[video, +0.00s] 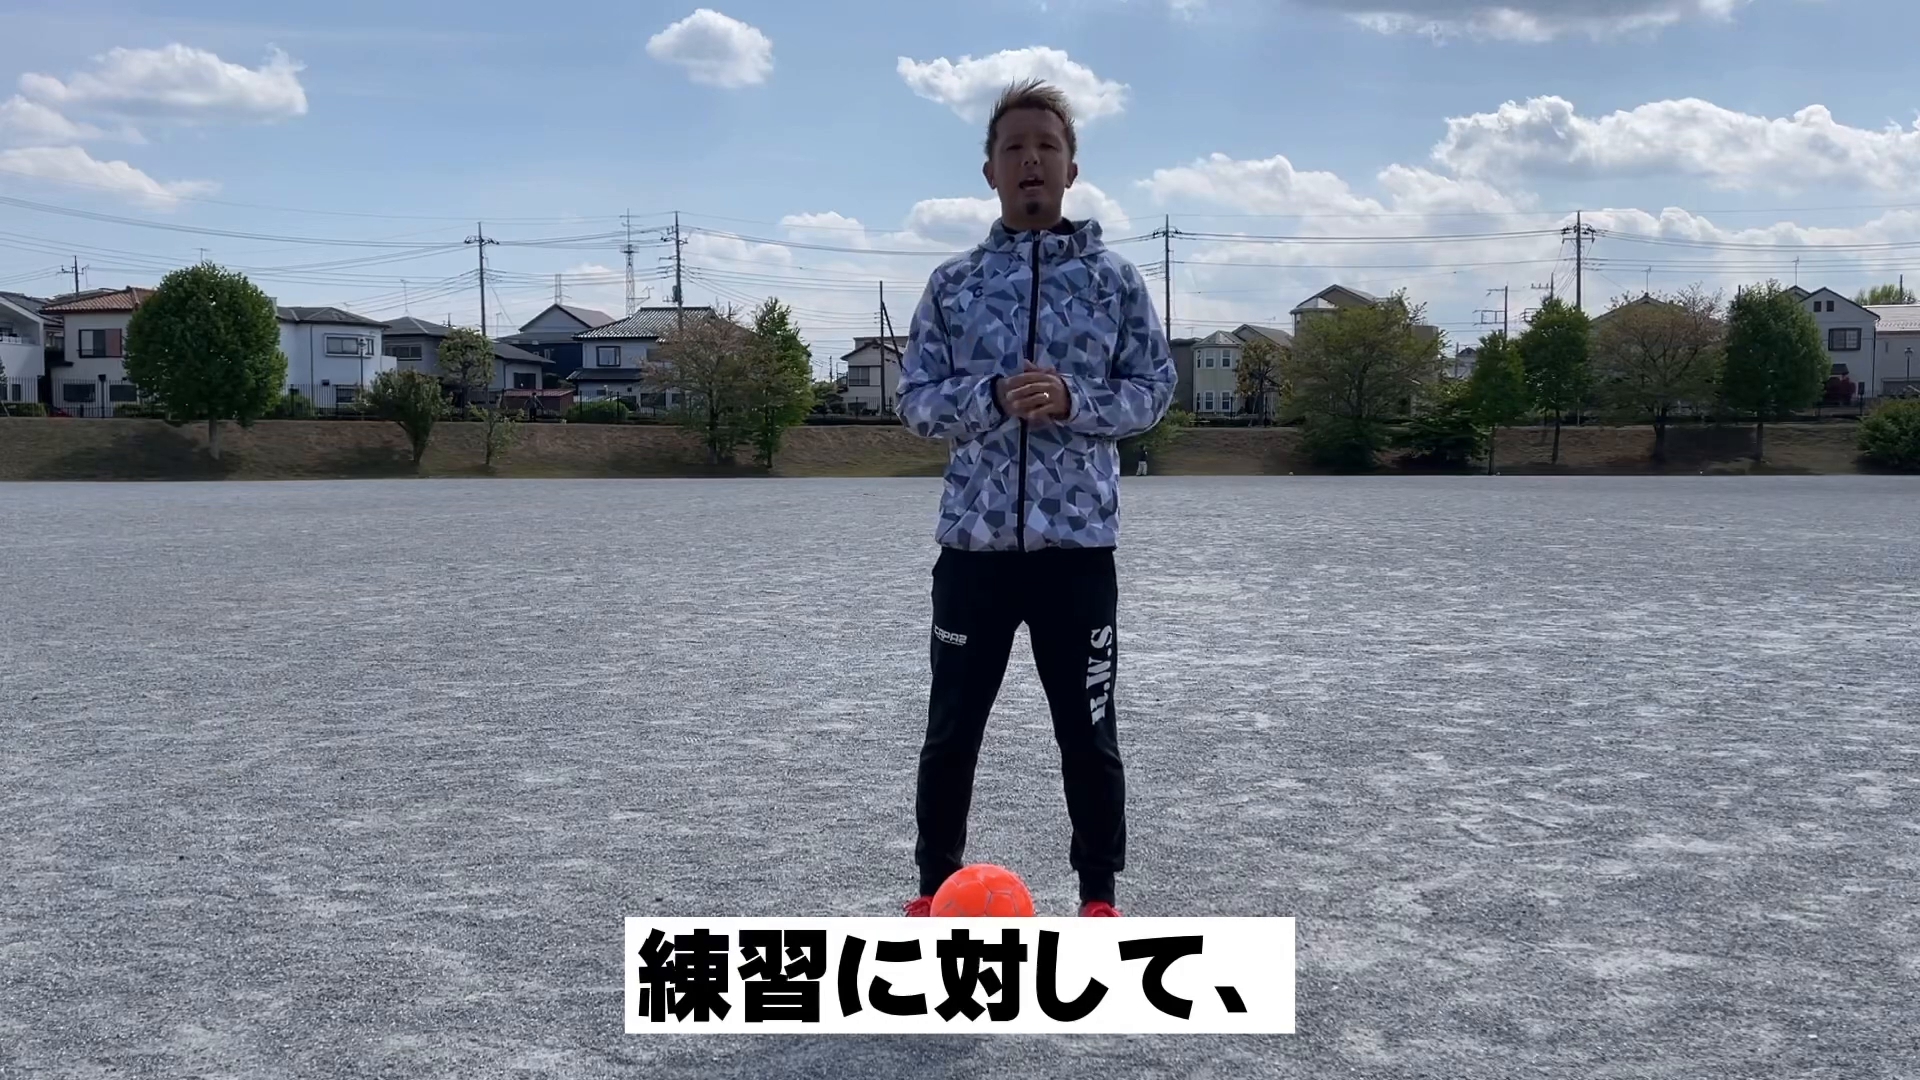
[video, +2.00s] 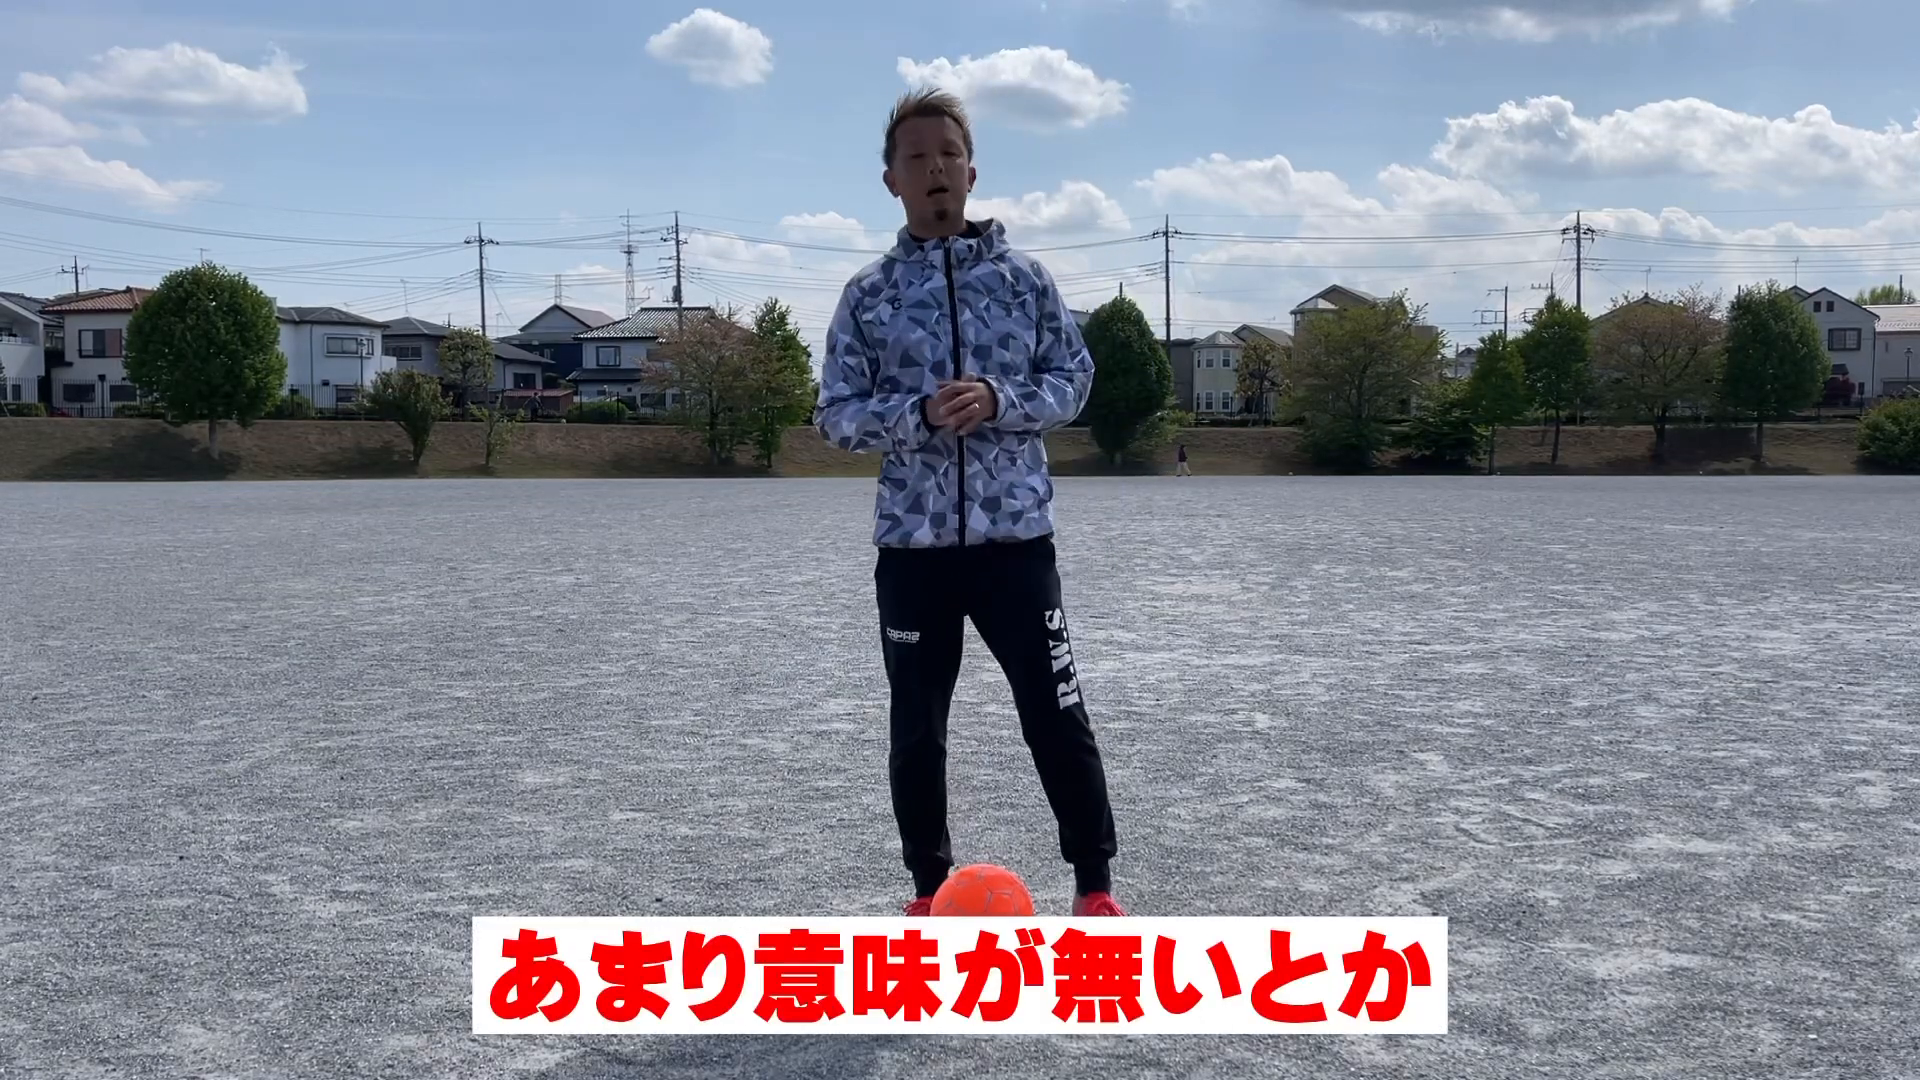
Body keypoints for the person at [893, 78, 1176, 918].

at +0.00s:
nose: (1031, 162)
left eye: (1048, 147)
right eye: (1014, 148)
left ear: (1071, 167)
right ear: (991, 169)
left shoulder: (1115, 281)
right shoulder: (953, 284)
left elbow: (1151, 392)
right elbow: (919, 399)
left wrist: (1077, 402)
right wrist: (990, 397)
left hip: (1075, 539)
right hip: (974, 538)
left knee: (1087, 728)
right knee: (951, 727)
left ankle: (1098, 898)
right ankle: (933, 895)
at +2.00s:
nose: (936, 169)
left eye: (948, 153)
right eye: (916, 156)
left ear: (971, 167)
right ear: (891, 178)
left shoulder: (1023, 279)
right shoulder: (867, 295)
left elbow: (1073, 384)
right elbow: (836, 414)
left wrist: (1002, 399)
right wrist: (918, 414)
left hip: (1012, 535)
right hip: (913, 540)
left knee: (1055, 708)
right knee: (916, 723)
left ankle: (1094, 886)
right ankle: (927, 892)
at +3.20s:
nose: (1067, 161)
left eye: (1083, 149)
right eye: (1051, 147)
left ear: (1102, 169)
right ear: (1022, 165)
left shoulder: (1134, 288)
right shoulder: (972, 281)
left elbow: (1171, 400)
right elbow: (916, 393)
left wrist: (1131, 372)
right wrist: (946, 374)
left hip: (1086, 538)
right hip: (984, 534)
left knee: (1090, 728)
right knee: (954, 725)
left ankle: (1093, 898)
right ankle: (930, 891)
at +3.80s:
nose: (1111, 167)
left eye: (1128, 155)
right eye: (1096, 152)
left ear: (1150, 174)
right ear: (1069, 163)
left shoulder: (1174, 291)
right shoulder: (1014, 272)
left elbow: (1206, 405)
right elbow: (965, 387)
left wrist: (1125, 416)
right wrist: (1041, 403)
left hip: (1109, 538)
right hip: (1008, 526)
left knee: (1102, 726)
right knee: (968, 667)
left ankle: (1091, 900)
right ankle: (1016, 794)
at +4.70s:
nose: (1007, 165)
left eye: (1019, 150)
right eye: (986, 154)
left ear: (1036, 165)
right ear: (956, 174)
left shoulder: (1076, 289)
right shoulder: (914, 286)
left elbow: (1109, 393)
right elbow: (874, 398)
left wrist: (1066, 420)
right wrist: (911, 389)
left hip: (1027, 538)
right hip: (928, 538)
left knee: (1056, 725)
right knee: (921, 724)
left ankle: (1087, 899)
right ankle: (921, 890)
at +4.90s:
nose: (983, 169)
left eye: (996, 156)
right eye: (963, 155)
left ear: (1010, 171)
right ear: (929, 171)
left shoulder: (1042, 282)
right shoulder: (884, 285)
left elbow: (1089, 392)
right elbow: (836, 406)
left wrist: (1034, 382)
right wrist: (845, 377)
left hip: (1007, 535)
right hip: (909, 536)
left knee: (1043, 719)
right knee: (910, 725)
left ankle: (1082, 897)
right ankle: (917, 894)